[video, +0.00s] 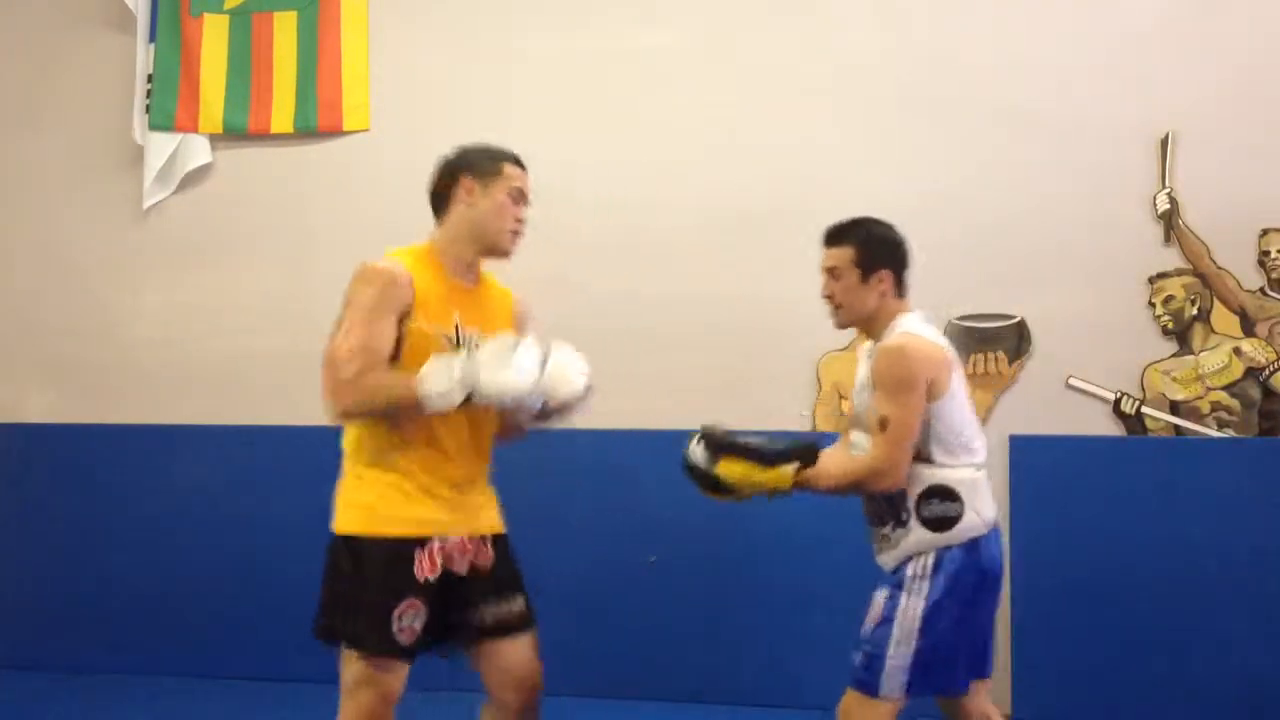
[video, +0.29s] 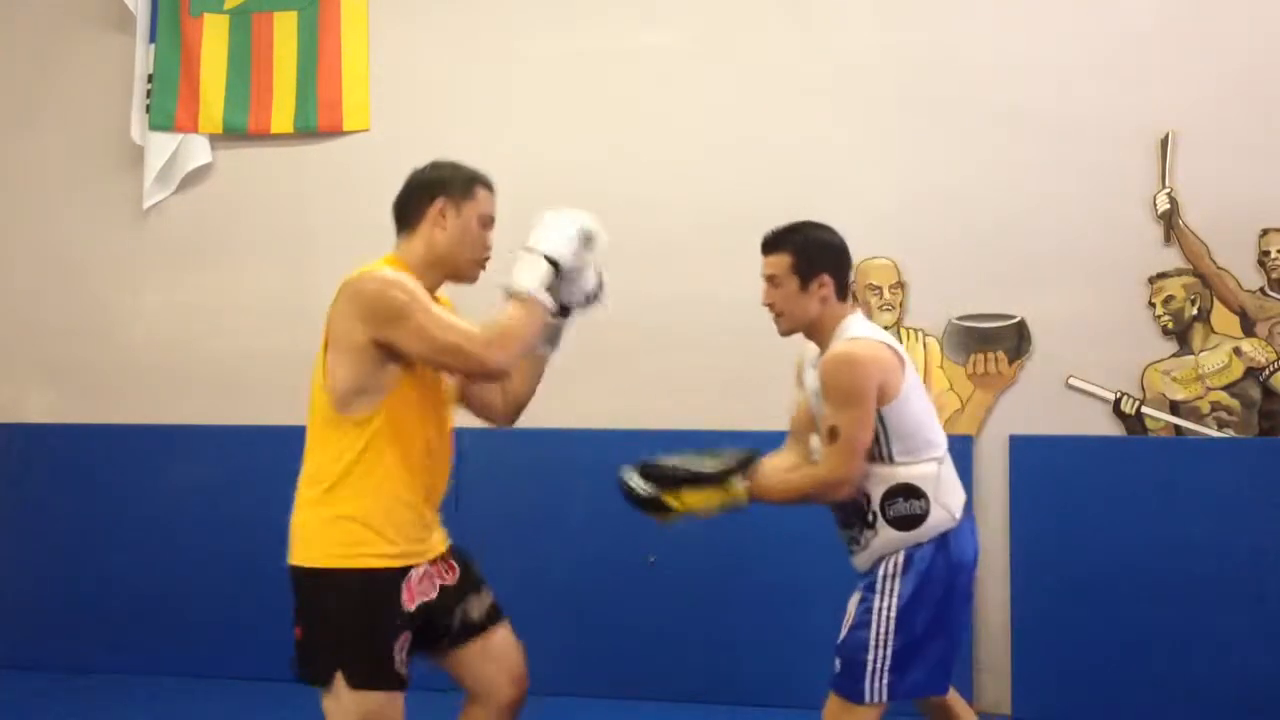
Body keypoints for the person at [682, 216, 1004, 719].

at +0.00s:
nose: (824, 289)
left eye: (836, 275)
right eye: (825, 275)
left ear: (881, 282)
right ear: (878, 286)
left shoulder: (905, 350)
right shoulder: (888, 344)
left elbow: (888, 471)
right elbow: (858, 449)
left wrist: (796, 478)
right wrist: (787, 468)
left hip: (938, 552)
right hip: (959, 546)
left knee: (863, 709)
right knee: (966, 700)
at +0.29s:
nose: (765, 298)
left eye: (776, 283)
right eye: (765, 283)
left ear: (822, 288)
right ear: (818, 291)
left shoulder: (854, 358)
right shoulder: (815, 358)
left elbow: (840, 477)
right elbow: (798, 453)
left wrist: (747, 487)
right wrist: (731, 483)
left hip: (914, 546)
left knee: (849, 708)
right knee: (932, 692)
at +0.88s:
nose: (734, 301)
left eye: (741, 286)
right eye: (732, 287)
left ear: (786, 284)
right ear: (786, 287)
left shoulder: (820, 342)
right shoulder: (812, 335)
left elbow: (737, 424)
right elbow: (738, 406)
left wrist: (668, 369)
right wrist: (664, 379)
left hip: (898, 545)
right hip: (923, 532)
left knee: (842, 708)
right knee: (949, 687)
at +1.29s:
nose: (824, 302)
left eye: (835, 287)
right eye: (825, 287)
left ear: (879, 291)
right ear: (877, 294)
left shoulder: (902, 355)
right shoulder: (919, 347)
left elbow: (923, 459)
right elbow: (917, 458)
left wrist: (834, 477)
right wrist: (847, 473)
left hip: (941, 556)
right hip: (974, 551)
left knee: (853, 707)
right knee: (971, 701)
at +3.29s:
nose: (754, 301)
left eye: (767, 284)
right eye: (754, 285)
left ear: (816, 290)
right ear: (814, 294)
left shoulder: (845, 362)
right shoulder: (853, 343)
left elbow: (857, 480)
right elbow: (841, 446)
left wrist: (754, 511)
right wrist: (764, 446)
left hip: (903, 562)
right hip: (943, 546)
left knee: (832, 710)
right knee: (961, 697)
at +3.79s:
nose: (809, 312)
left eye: (819, 296)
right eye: (807, 298)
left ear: (867, 297)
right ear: (867, 301)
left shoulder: (895, 361)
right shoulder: (890, 357)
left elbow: (943, 459)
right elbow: (890, 463)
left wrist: (857, 520)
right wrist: (814, 453)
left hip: (929, 566)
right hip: (958, 559)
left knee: (836, 709)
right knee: (958, 707)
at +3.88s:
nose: (809, 305)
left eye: (820, 289)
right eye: (807, 290)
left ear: (867, 290)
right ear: (868, 293)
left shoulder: (892, 352)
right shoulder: (902, 342)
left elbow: (959, 440)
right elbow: (901, 450)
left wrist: (878, 507)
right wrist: (819, 441)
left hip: (925, 553)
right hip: (966, 546)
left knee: (827, 708)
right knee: (964, 701)